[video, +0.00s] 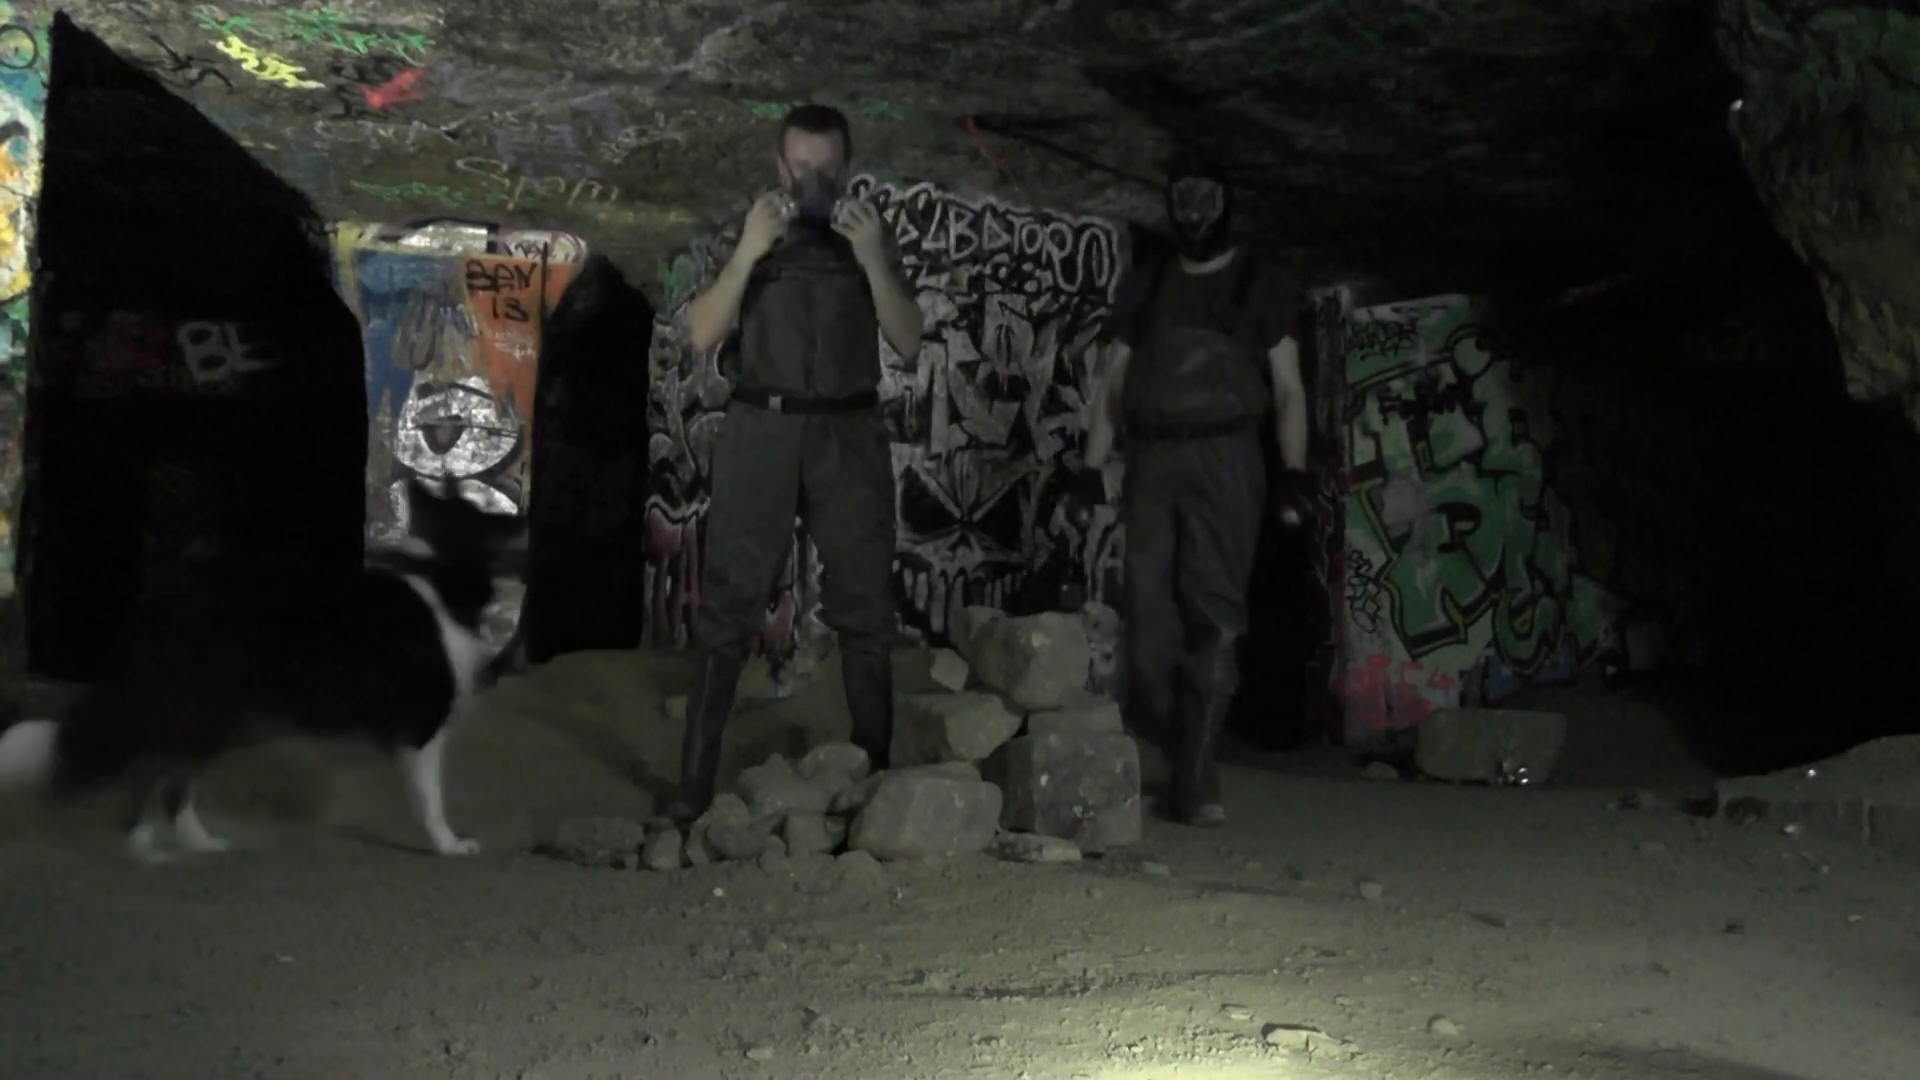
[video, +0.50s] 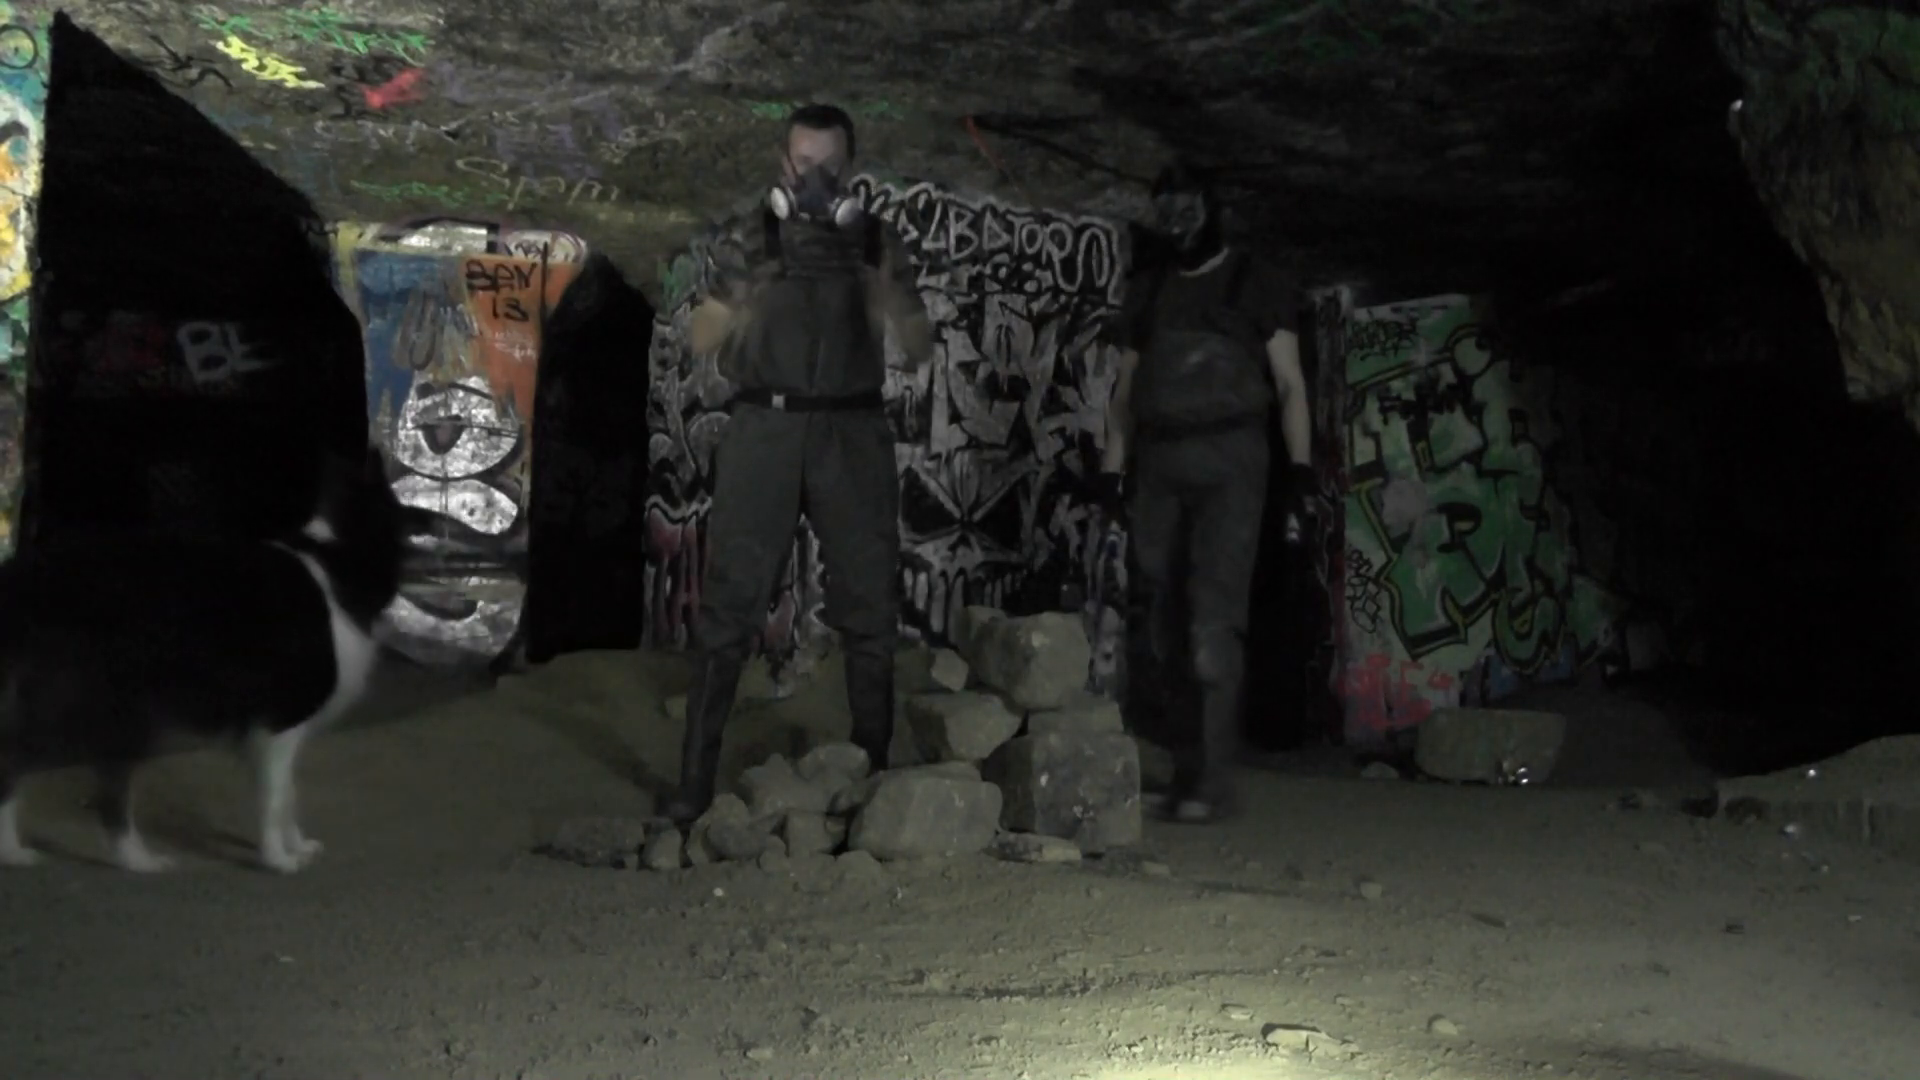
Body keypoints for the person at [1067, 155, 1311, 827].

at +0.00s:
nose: (1193, 215)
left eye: (1206, 201)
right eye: (1183, 201)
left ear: (1228, 205)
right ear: (1169, 207)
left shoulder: (1259, 281)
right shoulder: (1148, 280)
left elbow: (1288, 386)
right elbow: (1111, 377)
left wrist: (1293, 478)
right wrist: (1093, 464)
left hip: (1228, 466)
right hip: (1153, 466)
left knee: (1213, 619)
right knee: (1149, 616)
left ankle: (1198, 782)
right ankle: (1159, 770)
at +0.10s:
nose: (1188, 218)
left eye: (1200, 205)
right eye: (1177, 205)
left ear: (1222, 210)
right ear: (1165, 212)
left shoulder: (1256, 282)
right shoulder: (1146, 281)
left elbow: (1288, 387)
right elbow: (1112, 378)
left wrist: (1297, 479)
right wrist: (1096, 465)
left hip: (1229, 466)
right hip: (1152, 467)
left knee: (1215, 616)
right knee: (1155, 617)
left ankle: (1198, 779)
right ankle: (1176, 769)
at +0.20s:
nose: (1185, 232)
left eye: (1194, 219)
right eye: (1175, 220)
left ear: (1215, 219)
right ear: (1163, 221)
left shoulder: (1257, 285)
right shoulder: (1146, 285)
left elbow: (1289, 386)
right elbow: (1114, 384)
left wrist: (1299, 475)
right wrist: (1102, 472)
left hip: (1234, 469)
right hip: (1153, 469)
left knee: (1215, 616)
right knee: (1158, 616)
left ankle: (1195, 777)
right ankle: (1187, 775)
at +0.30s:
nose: (1181, 224)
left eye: (1192, 210)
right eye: (1171, 212)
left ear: (1216, 214)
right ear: (1159, 218)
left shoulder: (1257, 283)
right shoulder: (1147, 286)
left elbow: (1290, 383)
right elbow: (1116, 387)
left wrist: (1300, 472)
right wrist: (1109, 470)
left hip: (1235, 468)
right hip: (1154, 468)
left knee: (1214, 616)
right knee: (1159, 613)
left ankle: (1194, 776)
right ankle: (1189, 775)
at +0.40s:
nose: (1177, 227)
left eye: (1188, 213)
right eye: (1168, 214)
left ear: (1213, 214)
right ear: (1159, 217)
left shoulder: (1256, 284)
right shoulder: (1148, 287)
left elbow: (1290, 383)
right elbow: (1119, 387)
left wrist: (1301, 470)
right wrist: (1112, 469)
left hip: (1234, 469)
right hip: (1155, 469)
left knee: (1210, 617)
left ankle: (1194, 776)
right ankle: (1188, 774)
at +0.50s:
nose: (1178, 221)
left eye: (1189, 208)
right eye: (1169, 210)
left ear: (1215, 211)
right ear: (1157, 215)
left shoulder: (1255, 285)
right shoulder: (1150, 290)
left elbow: (1291, 386)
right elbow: (1123, 388)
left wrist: (1300, 473)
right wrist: (1112, 469)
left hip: (1233, 473)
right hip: (1157, 473)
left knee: (1213, 623)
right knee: (1158, 623)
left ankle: (1209, 781)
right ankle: (1181, 772)